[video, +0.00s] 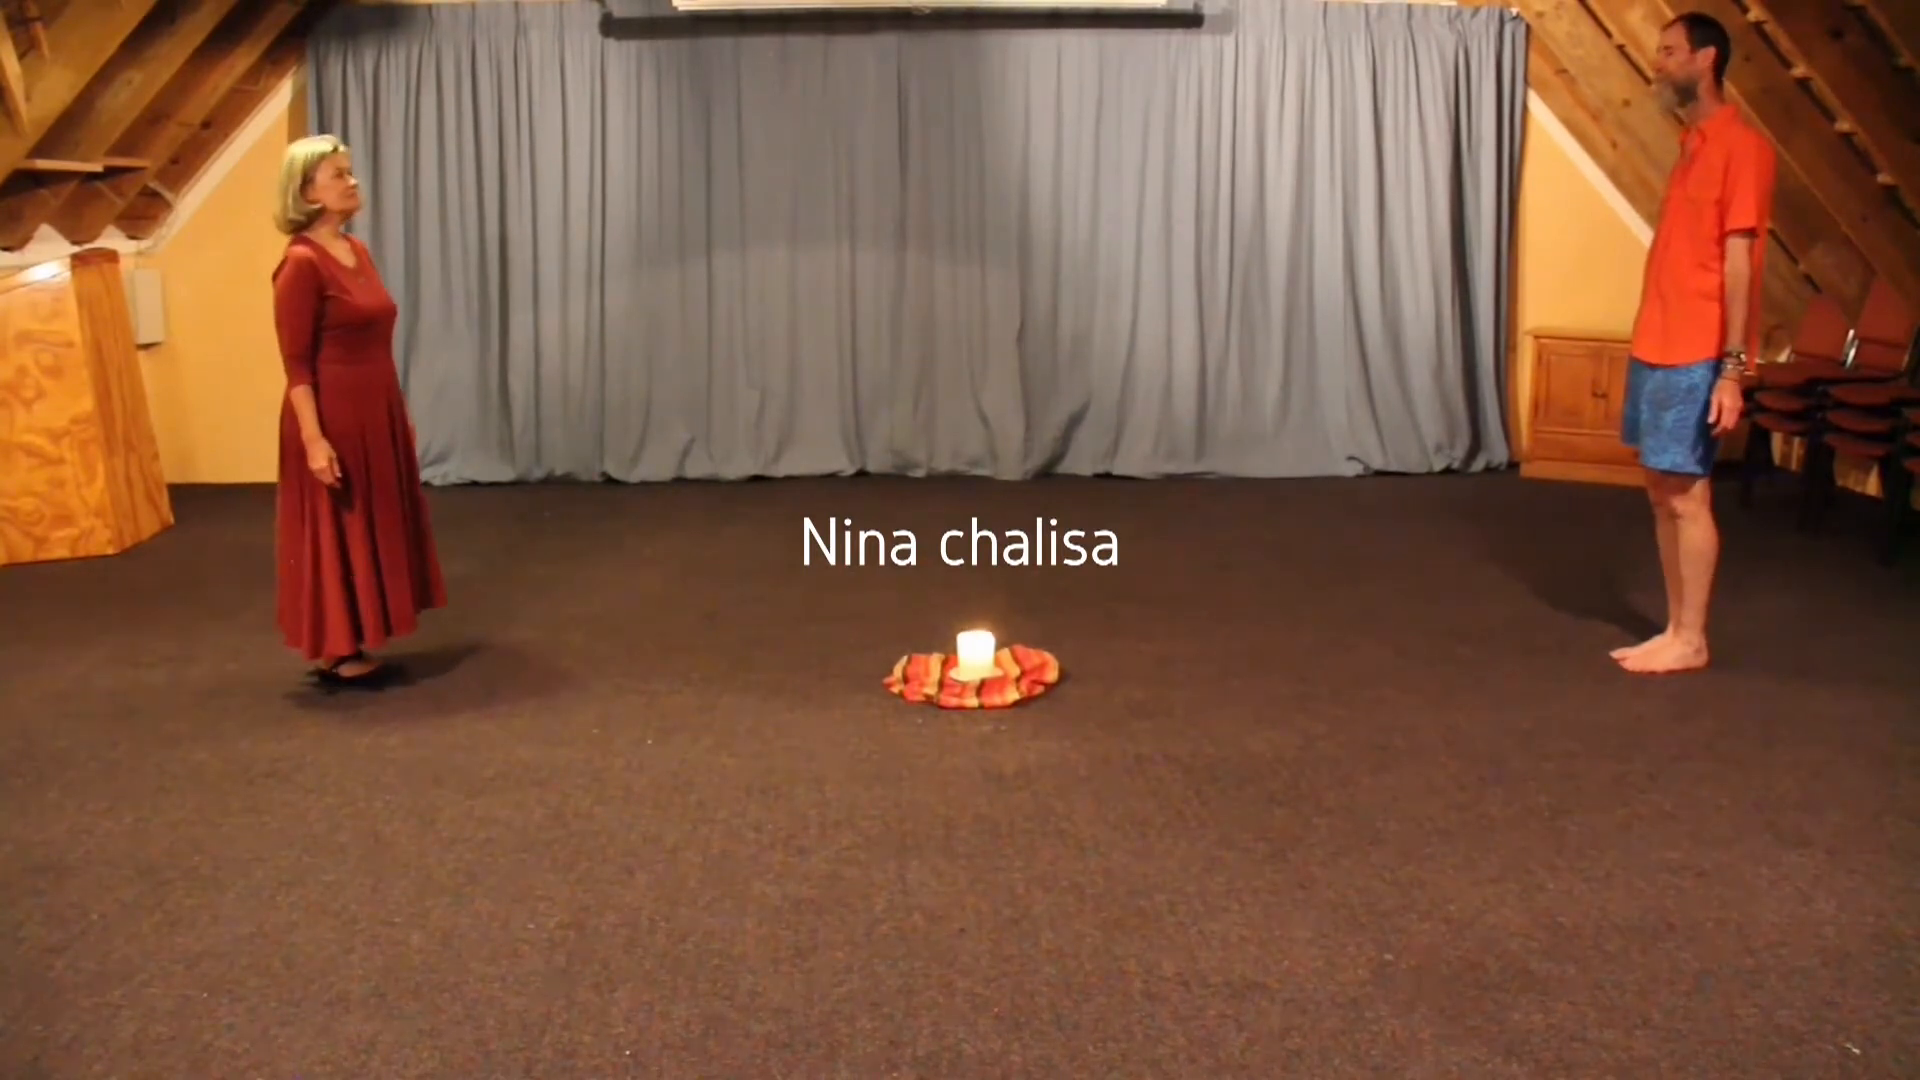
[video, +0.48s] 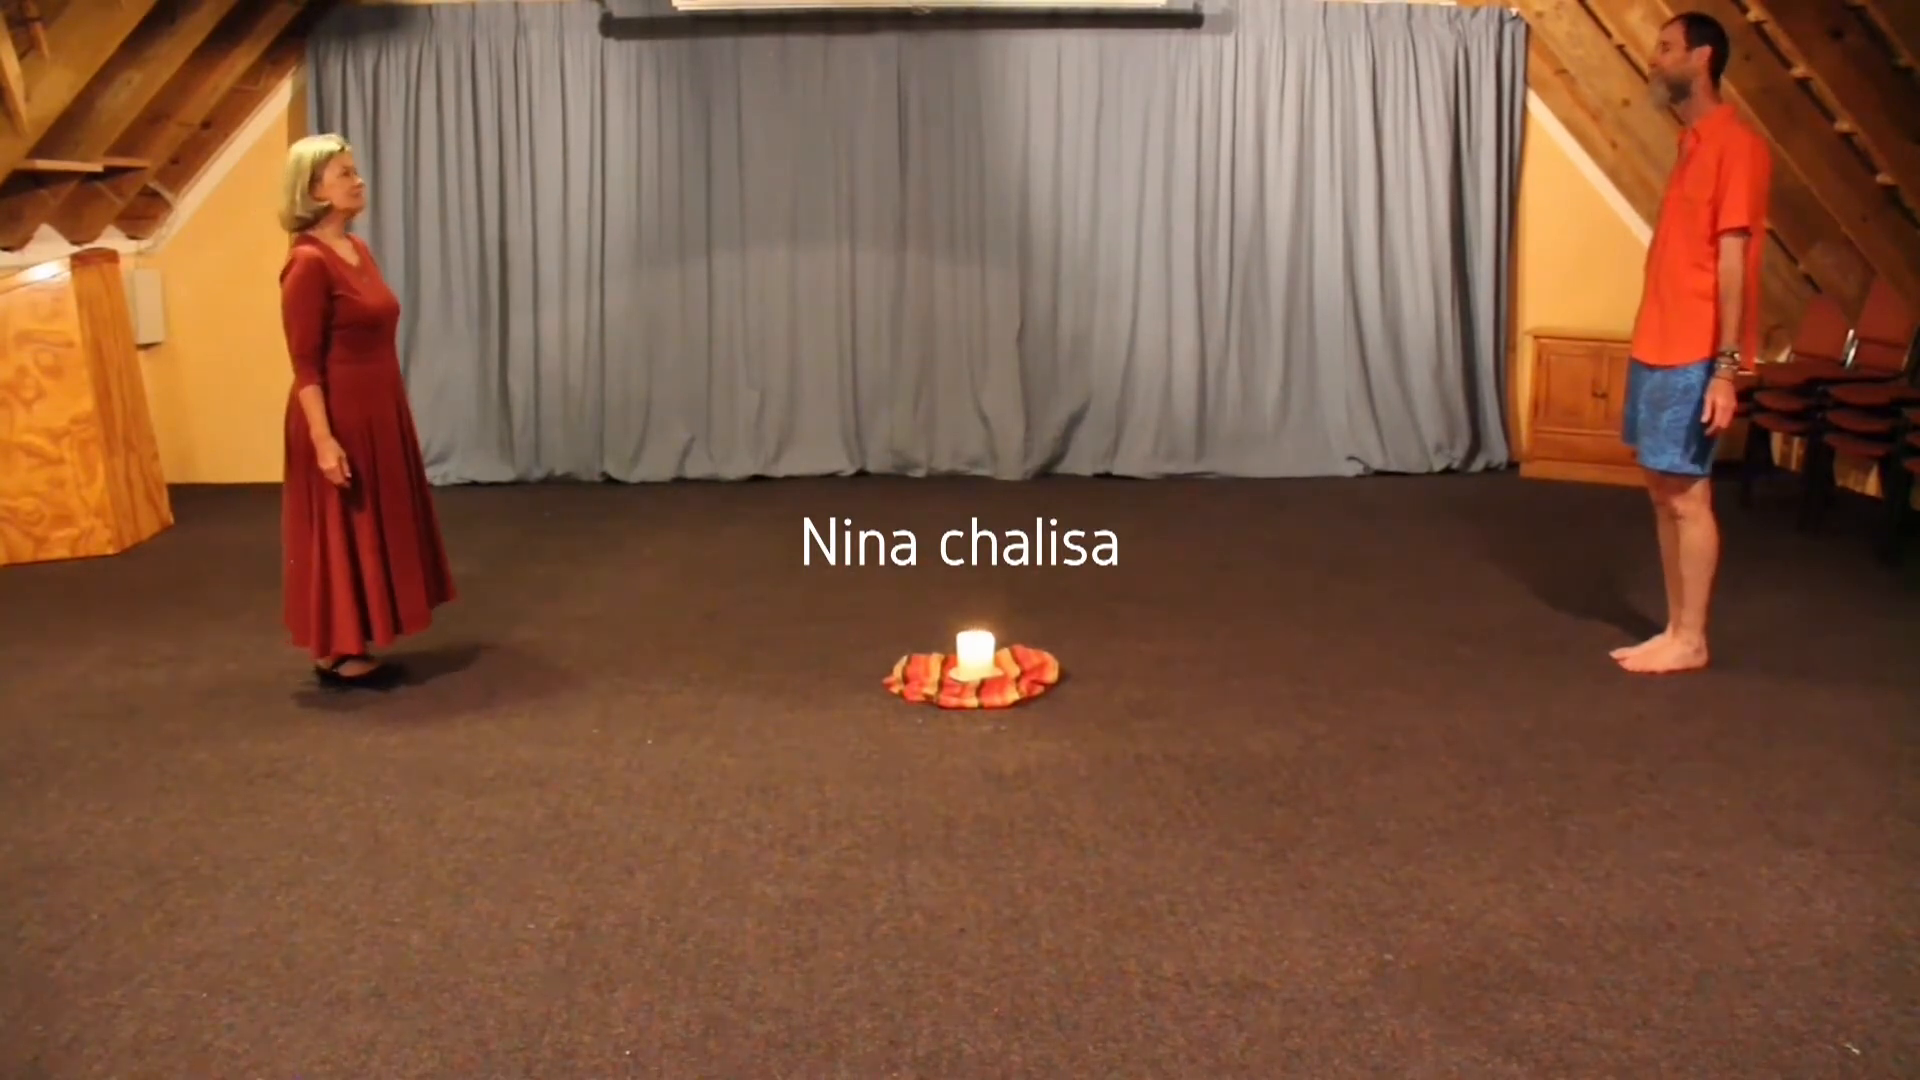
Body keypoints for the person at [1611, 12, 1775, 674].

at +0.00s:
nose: (1657, 63)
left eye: (1669, 51)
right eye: (1657, 51)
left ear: (1707, 58)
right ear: (1694, 60)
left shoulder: (1742, 143)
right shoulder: (1697, 141)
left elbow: (1740, 257)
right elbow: (1696, 253)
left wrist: (1733, 366)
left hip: (1695, 355)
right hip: (1658, 349)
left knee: (1686, 497)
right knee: (1662, 492)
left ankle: (1692, 639)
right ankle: (1677, 630)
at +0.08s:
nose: (1656, 63)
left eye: (1668, 51)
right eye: (1657, 51)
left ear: (1707, 59)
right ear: (1694, 60)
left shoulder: (1741, 143)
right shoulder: (1697, 142)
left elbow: (1740, 257)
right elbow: (1697, 253)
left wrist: (1732, 365)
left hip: (1695, 354)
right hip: (1659, 348)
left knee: (1685, 496)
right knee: (1662, 491)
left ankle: (1692, 639)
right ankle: (1677, 630)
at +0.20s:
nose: (1655, 63)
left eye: (1667, 51)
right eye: (1656, 51)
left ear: (1706, 59)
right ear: (1695, 60)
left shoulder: (1741, 143)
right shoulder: (1697, 142)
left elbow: (1739, 258)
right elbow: (1697, 253)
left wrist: (1732, 365)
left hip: (1695, 354)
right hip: (1659, 348)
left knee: (1684, 496)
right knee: (1661, 491)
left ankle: (1692, 639)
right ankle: (1677, 630)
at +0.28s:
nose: (1655, 61)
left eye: (1667, 49)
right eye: (1656, 49)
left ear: (1705, 58)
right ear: (1693, 60)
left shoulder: (1739, 142)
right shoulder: (1697, 141)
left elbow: (1738, 258)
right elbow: (1698, 254)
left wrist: (1731, 365)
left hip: (1694, 354)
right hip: (1659, 349)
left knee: (1685, 496)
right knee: (1662, 491)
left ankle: (1691, 639)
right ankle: (1677, 630)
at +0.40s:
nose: (1654, 61)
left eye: (1665, 49)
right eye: (1655, 49)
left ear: (1704, 58)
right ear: (1694, 59)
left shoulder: (1737, 142)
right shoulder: (1696, 141)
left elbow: (1735, 257)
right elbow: (1697, 254)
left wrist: (1728, 364)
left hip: (1694, 355)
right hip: (1659, 349)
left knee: (1686, 496)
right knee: (1663, 492)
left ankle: (1691, 639)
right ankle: (1677, 630)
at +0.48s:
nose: (1653, 60)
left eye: (1665, 48)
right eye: (1655, 48)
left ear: (1703, 58)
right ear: (1693, 59)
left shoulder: (1736, 141)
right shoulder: (1696, 140)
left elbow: (1733, 256)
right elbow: (1698, 253)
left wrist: (1726, 365)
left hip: (1693, 356)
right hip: (1659, 349)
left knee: (1687, 496)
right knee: (1663, 492)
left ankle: (1691, 639)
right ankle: (1677, 630)